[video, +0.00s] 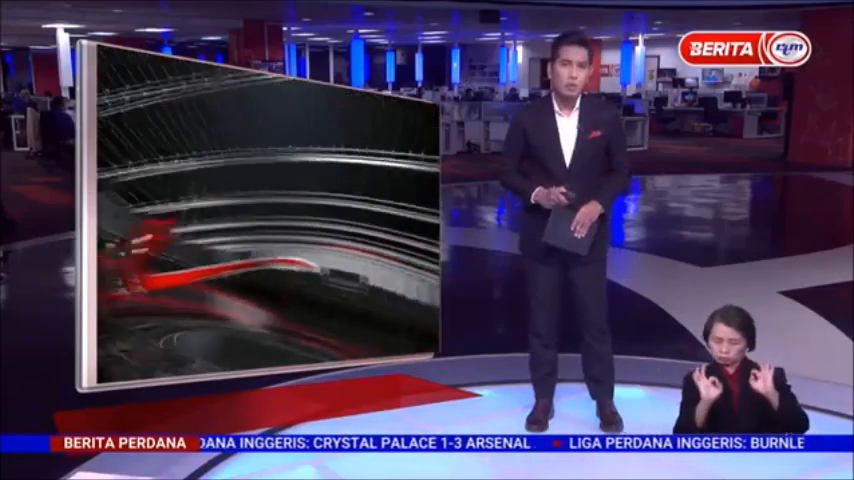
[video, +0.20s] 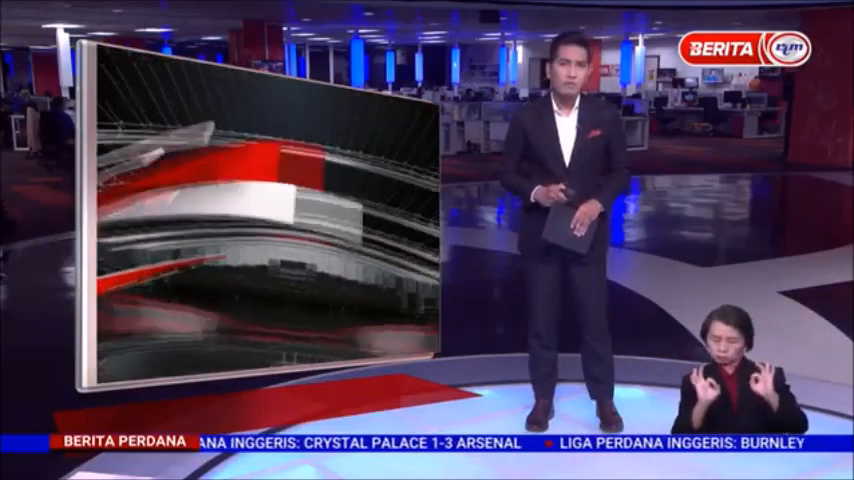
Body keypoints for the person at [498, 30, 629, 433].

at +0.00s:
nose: (573, 73)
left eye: (580, 66)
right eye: (565, 65)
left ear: (589, 73)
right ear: (550, 69)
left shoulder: (605, 114)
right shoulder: (527, 115)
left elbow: (620, 172)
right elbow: (507, 170)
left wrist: (598, 202)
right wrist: (536, 192)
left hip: (588, 231)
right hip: (541, 230)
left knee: (594, 321)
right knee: (542, 321)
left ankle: (604, 400)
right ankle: (542, 400)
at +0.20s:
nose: (571, 71)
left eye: (579, 65)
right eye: (564, 63)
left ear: (588, 72)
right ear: (549, 69)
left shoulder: (605, 114)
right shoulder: (527, 116)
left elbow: (620, 172)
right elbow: (507, 171)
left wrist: (598, 201)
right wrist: (536, 191)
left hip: (588, 230)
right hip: (541, 230)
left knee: (594, 321)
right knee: (542, 322)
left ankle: (604, 400)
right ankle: (542, 400)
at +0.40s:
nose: (571, 71)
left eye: (579, 64)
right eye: (563, 63)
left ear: (588, 71)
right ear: (549, 69)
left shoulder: (605, 114)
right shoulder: (526, 116)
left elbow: (620, 172)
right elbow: (507, 172)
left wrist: (597, 200)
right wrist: (536, 190)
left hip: (588, 230)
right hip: (541, 230)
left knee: (594, 321)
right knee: (542, 322)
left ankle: (604, 400)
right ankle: (542, 400)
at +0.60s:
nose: (569, 71)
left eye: (577, 63)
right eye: (562, 63)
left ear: (588, 70)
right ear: (549, 69)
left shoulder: (605, 113)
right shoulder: (527, 115)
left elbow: (620, 171)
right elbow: (508, 171)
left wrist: (598, 201)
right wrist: (537, 190)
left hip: (588, 230)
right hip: (541, 229)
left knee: (594, 320)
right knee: (542, 320)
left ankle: (604, 400)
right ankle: (542, 399)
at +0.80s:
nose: (564, 68)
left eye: (572, 61)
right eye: (557, 61)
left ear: (586, 68)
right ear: (547, 68)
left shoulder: (606, 112)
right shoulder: (528, 115)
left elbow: (623, 170)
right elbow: (512, 171)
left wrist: (599, 201)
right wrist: (536, 189)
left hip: (589, 229)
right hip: (542, 229)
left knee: (594, 320)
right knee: (542, 320)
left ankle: (605, 400)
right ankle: (543, 400)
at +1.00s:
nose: (564, 68)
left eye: (572, 60)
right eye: (557, 60)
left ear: (587, 67)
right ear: (547, 68)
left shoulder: (609, 112)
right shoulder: (531, 115)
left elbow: (627, 170)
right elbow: (515, 171)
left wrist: (600, 200)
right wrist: (537, 188)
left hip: (592, 230)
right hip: (544, 230)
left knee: (596, 320)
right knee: (544, 321)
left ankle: (605, 400)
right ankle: (543, 399)